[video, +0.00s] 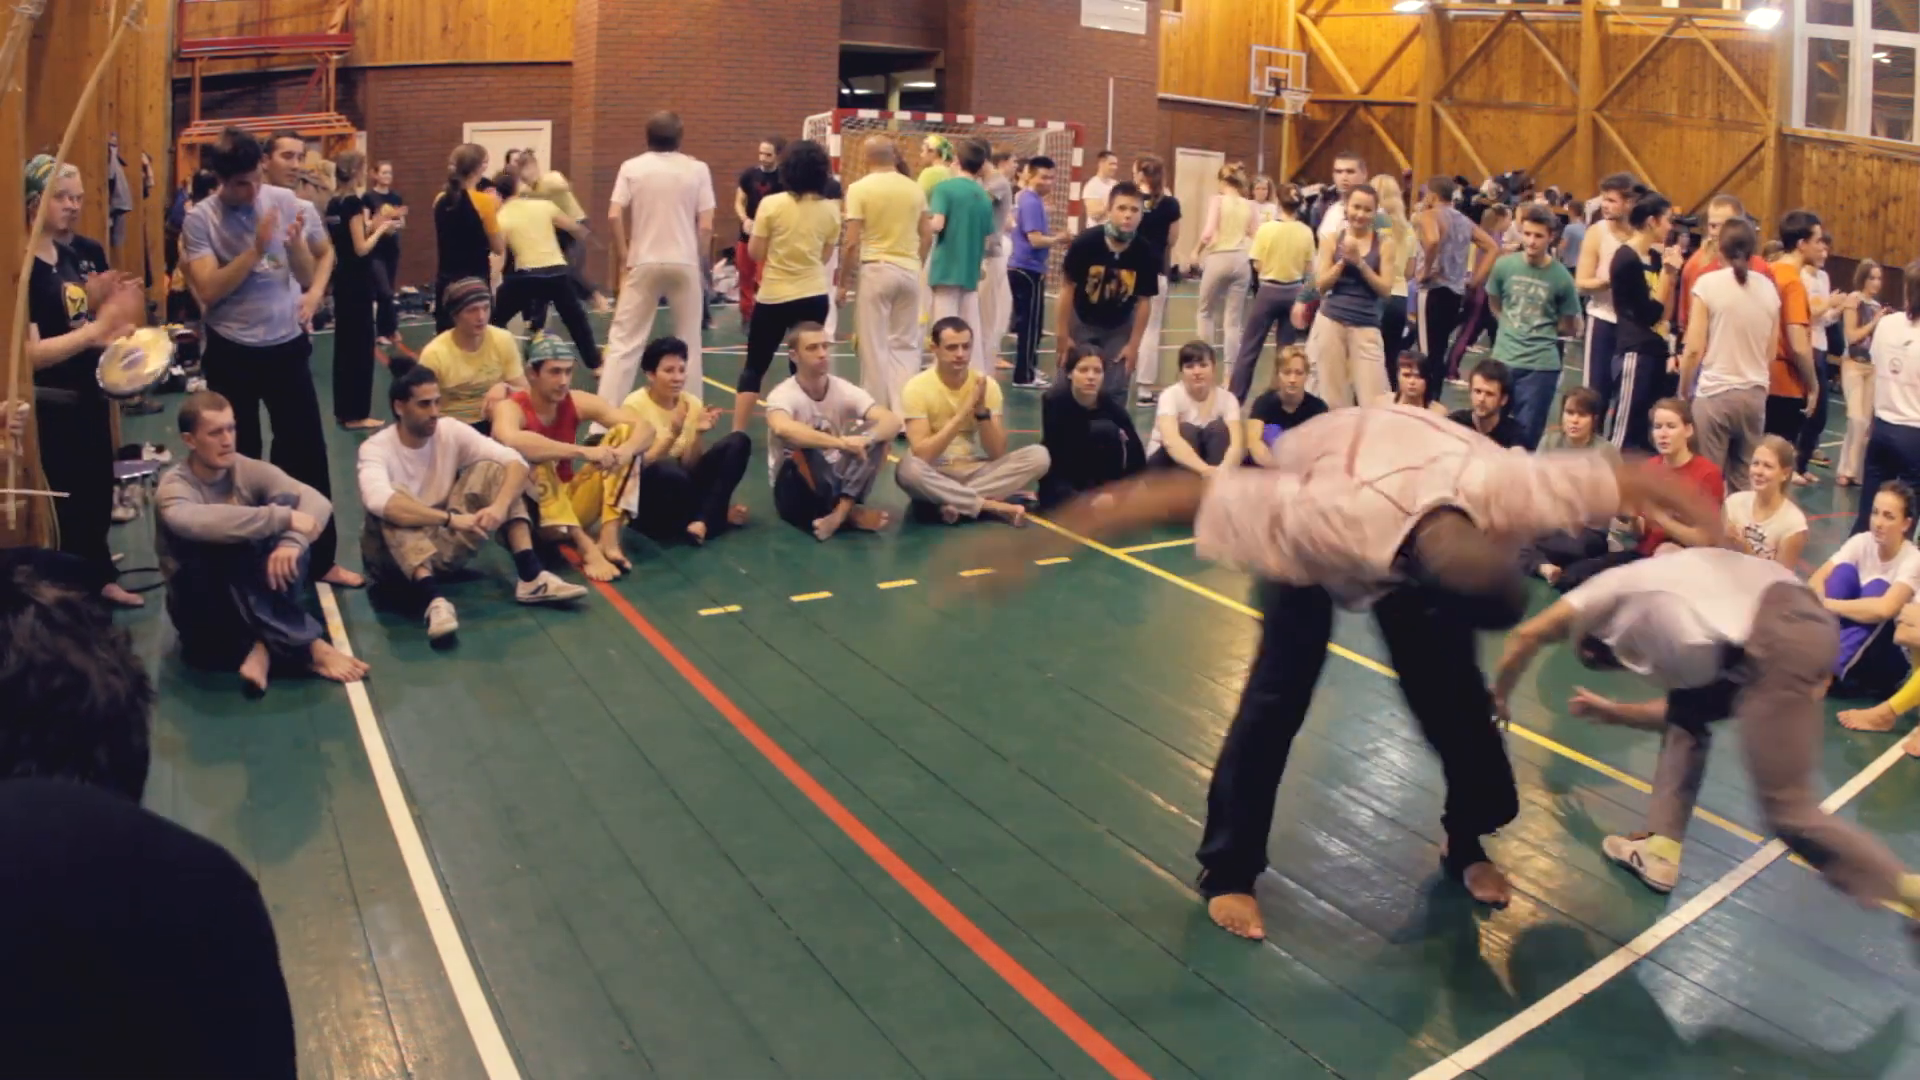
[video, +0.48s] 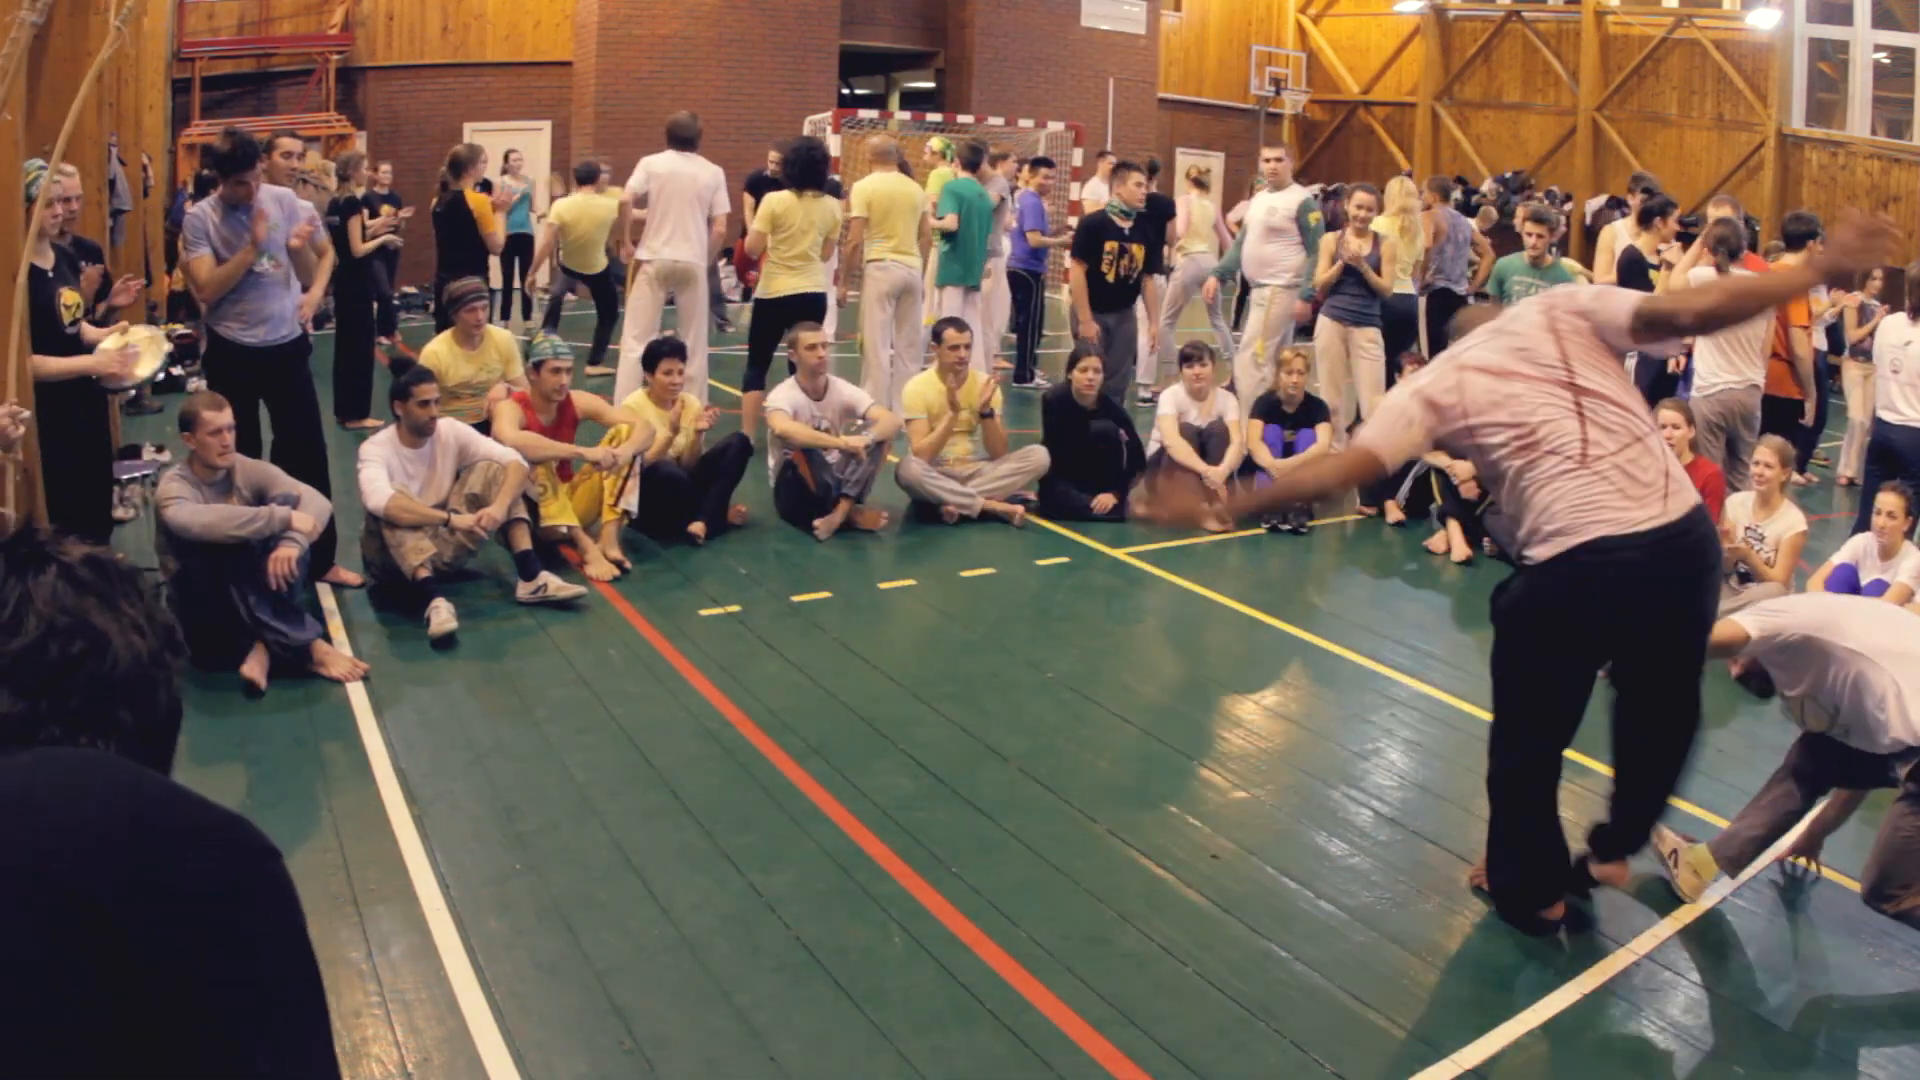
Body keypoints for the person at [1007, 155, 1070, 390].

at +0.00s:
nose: (1048, 182)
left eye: (1051, 178)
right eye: (1044, 177)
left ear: (1051, 179)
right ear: (1032, 176)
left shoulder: (1034, 200)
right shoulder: (1029, 201)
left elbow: (1036, 235)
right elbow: (1034, 238)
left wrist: (1057, 238)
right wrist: (1057, 239)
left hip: (1033, 267)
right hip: (1025, 268)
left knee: (1033, 322)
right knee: (1029, 323)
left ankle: (1029, 367)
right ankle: (1024, 373)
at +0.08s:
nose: (1049, 182)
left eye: (1051, 177)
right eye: (1045, 177)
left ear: (1050, 179)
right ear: (1032, 176)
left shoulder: (1034, 199)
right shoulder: (1029, 200)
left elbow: (1037, 235)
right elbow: (1033, 239)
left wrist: (1058, 232)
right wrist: (1059, 242)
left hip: (1032, 267)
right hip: (1025, 267)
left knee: (1032, 324)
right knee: (1028, 325)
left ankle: (1027, 370)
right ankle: (1024, 373)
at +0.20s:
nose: (1049, 182)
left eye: (1051, 178)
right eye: (1045, 177)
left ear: (1050, 179)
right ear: (1032, 176)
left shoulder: (1033, 199)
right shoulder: (1029, 201)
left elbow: (1035, 235)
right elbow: (1034, 239)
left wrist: (1058, 237)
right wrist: (1058, 238)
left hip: (1032, 267)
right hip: (1025, 268)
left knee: (1033, 322)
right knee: (1029, 322)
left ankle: (1029, 367)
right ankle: (1024, 373)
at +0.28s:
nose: (1049, 182)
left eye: (1051, 178)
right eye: (1045, 177)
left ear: (1051, 179)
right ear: (1033, 176)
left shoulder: (1031, 198)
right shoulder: (1029, 200)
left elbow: (1034, 236)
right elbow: (1035, 239)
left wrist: (1056, 238)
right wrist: (1059, 237)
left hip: (1031, 267)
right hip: (1026, 268)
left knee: (1032, 323)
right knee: (1029, 324)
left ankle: (1029, 367)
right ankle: (1024, 373)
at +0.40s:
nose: (1049, 182)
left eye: (1051, 178)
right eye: (1045, 177)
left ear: (1051, 179)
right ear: (1033, 176)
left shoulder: (1033, 199)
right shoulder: (1030, 200)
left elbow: (1035, 236)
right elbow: (1034, 239)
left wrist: (1057, 238)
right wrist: (1057, 239)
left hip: (1031, 267)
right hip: (1025, 268)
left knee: (1032, 322)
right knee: (1029, 323)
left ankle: (1028, 368)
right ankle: (1024, 373)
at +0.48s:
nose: (1049, 182)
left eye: (1051, 178)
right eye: (1046, 177)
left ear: (1049, 179)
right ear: (1033, 176)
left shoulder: (1032, 198)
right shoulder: (1030, 201)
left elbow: (1037, 234)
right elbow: (1033, 238)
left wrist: (1058, 233)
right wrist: (1061, 241)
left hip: (1030, 267)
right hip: (1026, 268)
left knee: (1032, 322)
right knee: (1029, 323)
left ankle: (1028, 368)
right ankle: (1024, 373)